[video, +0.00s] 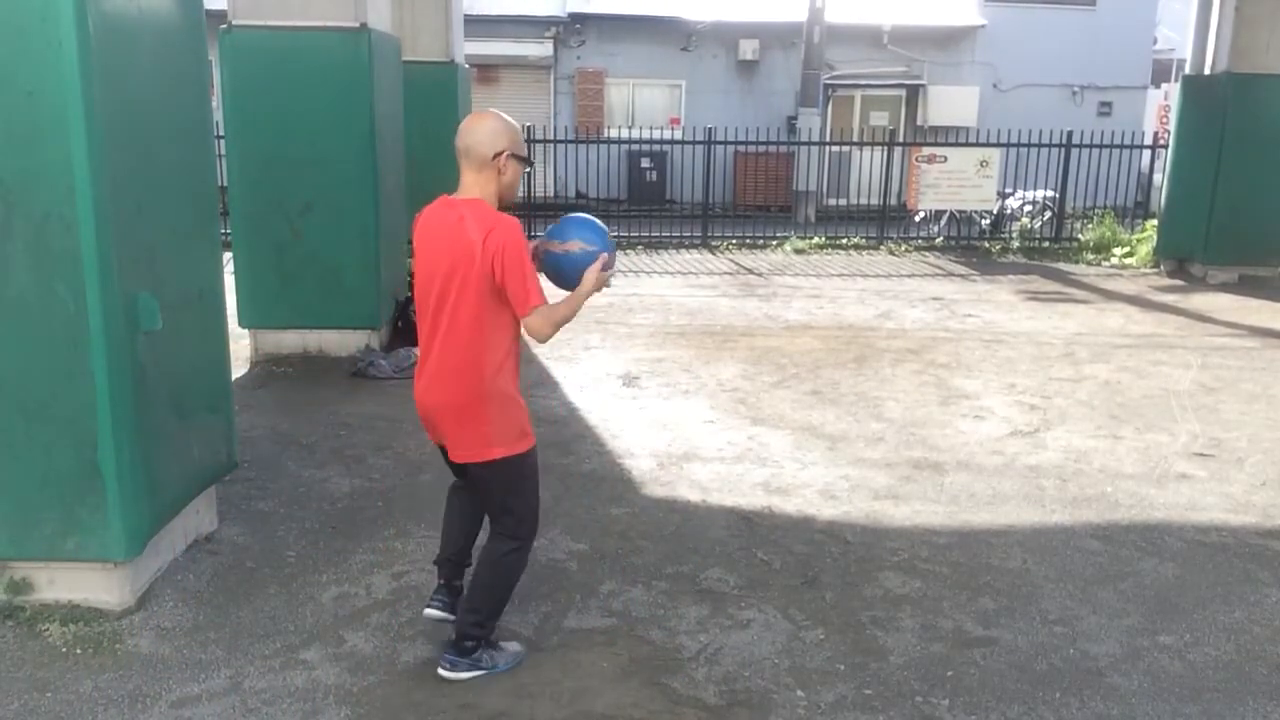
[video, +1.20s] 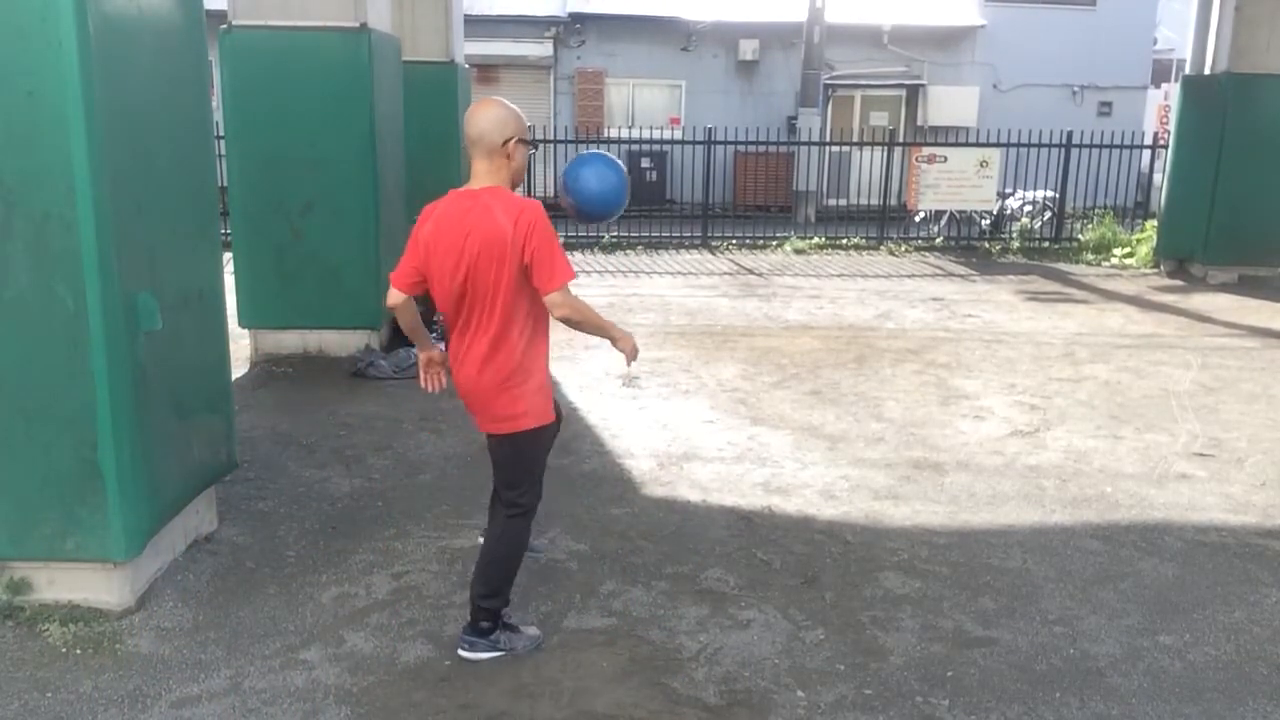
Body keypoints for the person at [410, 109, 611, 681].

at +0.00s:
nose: (522, 172)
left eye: (522, 162)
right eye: (520, 161)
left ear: (465, 161)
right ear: (501, 162)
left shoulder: (429, 218)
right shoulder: (500, 230)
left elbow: (456, 284)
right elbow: (539, 325)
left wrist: (523, 260)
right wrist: (585, 290)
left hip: (434, 395)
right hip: (485, 404)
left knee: (471, 485)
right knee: (515, 526)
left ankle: (447, 587)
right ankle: (469, 646)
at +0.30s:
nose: (512, 176)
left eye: (514, 165)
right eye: (512, 163)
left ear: (458, 155)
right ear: (488, 158)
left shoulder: (418, 210)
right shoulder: (480, 220)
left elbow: (418, 280)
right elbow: (503, 318)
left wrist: (499, 262)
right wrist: (585, 328)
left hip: (434, 392)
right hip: (488, 392)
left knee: (463, 497)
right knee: (549, 476)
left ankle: (454, 614)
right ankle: (497, 592)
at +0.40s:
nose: (515, 181)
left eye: (517, 170)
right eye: (514, 168)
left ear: (467, 160)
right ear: (490, 162)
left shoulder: (419, 215)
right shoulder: (477, 223)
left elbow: (433, 287)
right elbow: (483, 322)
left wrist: (499, 273)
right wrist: (563, 359)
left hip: (433, 387)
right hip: (480, 383)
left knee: (464, 495)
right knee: (568, 429)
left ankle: (455, 614)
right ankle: (514, 539)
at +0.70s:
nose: (516, 164)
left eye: (517, 152)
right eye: (515, 151)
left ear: (463, 148)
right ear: (496, 149)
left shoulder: (424, 208)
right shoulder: (491, 214)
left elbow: (412, 288)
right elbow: (497, 311)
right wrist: (560, 378)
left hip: (440, 389)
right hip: (492, 387)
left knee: (465, 494)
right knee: (567, 465)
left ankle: (455, 616)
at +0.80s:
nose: (521, 174)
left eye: (520, 163)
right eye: (521, 163)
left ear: (465, 161)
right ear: (509, 163)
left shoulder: (426, 223)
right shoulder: (509, 230)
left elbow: (395, 303)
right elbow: (536, 328)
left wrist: (449, 330)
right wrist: (601, 375)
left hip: (461, 392)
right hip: (507, 401)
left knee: (506, 476)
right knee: (526, 512)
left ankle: (480, 557)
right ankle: (485, 630)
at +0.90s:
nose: (526, 175)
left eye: (524, 165)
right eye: (526, 165)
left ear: (469, 162)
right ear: (515, 165)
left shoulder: (424, 226)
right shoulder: (518, 232)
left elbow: (386, 310)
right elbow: (553, 325)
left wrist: (409, 361)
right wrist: (614, 362)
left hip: (463, 384)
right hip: (510, 396)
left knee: (564, 346)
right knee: (528, 507)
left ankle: (514, 470)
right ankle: (484, 630)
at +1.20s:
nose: (527, 155)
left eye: (525, 145)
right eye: (525, 145)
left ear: (472, 149)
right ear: (510, 148)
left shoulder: (436, 215)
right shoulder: (523, 214)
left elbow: (400, 298)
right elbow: (560, 304)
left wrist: (425, 346)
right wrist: (614, 332)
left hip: (475, 380)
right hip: (517, 388)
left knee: (551, 417)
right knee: (513, 506)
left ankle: (507, 521)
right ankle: (484, 627)